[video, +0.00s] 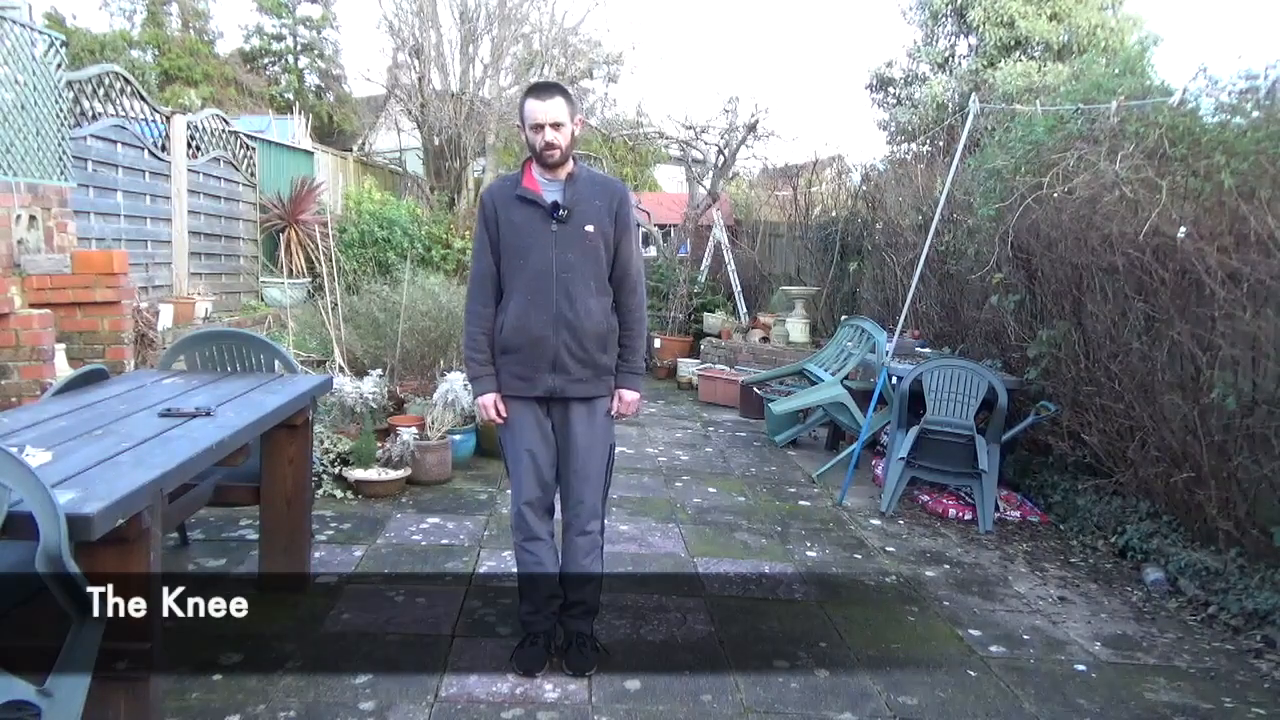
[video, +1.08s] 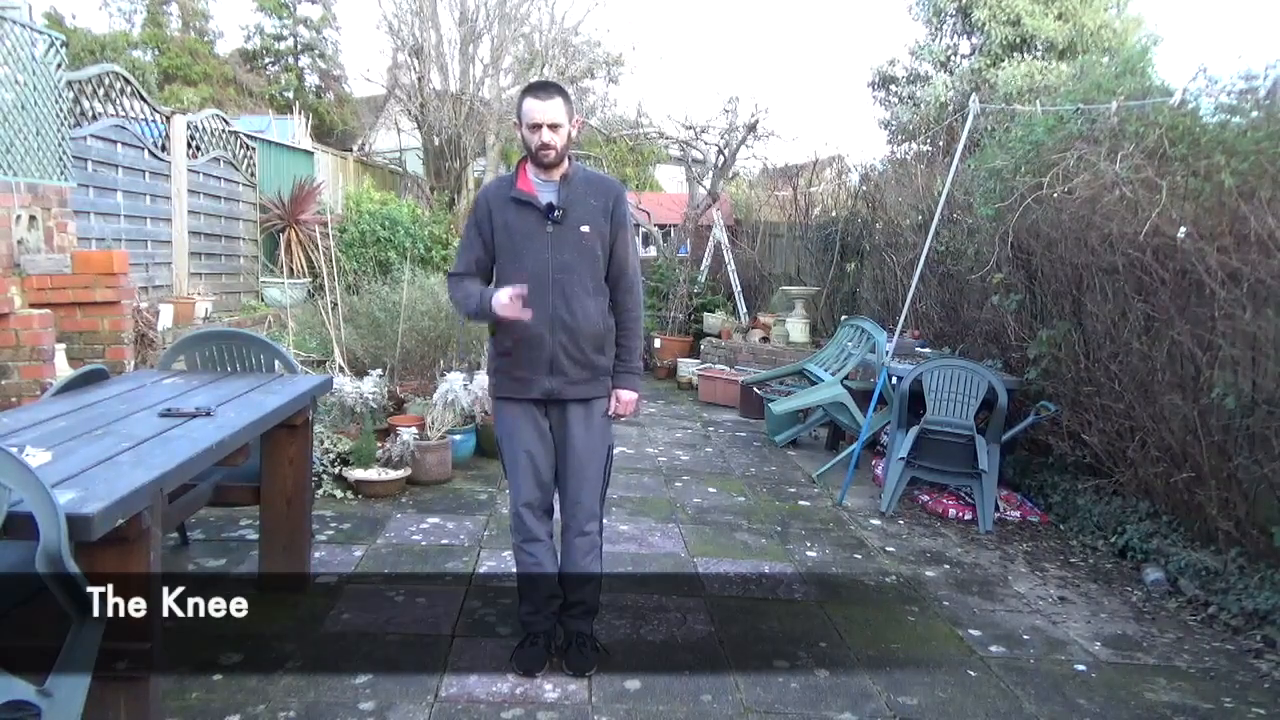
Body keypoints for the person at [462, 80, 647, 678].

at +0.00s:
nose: (546, 137)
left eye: (556, 125)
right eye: (536, 127)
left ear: (575, 126)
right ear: (523, 131)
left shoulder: (611, 194)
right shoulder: (498, 197)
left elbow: (631, 293)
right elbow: (481, 295)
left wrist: (631, 375)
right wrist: (481, 378)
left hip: (592, 378)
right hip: (518, 379)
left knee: (585, 507)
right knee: (530, 505)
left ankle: (580, 632)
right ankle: (536, 631)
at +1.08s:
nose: (544, 137)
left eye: (554, 126)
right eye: (533, 127)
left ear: (572, 126)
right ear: (520, 129)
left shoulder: (606, 194)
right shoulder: (494, 199)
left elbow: (627, 290)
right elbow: (461, 283)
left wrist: (628, 375)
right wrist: (491, 300)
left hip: (589, 378)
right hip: (517, 380)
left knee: (584, 510)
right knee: (528, 506)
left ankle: (579, 631)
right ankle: (535, 631)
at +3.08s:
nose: (554, 138)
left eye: (564, 128)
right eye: (544, 127)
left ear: (579, 133)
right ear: (526, 130)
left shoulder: (607, 198)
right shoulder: (493, 199)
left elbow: (626, 293)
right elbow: (467, 292)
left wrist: (628, 377)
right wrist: (492, 266)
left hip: (591, 379)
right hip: (517, 380)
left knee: (583, 512)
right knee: (529, 511)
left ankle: (580, 626)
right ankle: (536, 628)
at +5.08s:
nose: (535, 141)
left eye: (544, 130)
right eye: (524, 132)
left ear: (564, 130)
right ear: (511, 134)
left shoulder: (599, 195)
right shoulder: (487, 198)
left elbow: (622, 291)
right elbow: (465, 295)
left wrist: (625, 375)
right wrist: (484, 259)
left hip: (586, 378)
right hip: (513, 380)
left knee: (582, 512)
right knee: (526, 512)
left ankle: (580, 626)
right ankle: (535, 627)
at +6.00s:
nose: (537, 142)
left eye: (546, 130)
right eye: (526, 132)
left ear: (564, 129)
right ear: (512, 134)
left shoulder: (598, 194)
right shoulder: (487, 199)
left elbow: (621, 291)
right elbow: (464, 295)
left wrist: (624, 375)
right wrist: (479, 252)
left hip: (586, 377)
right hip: (513, 379)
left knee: (581, 512)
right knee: (526, 512)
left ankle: (580, 626)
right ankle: (535, 628)